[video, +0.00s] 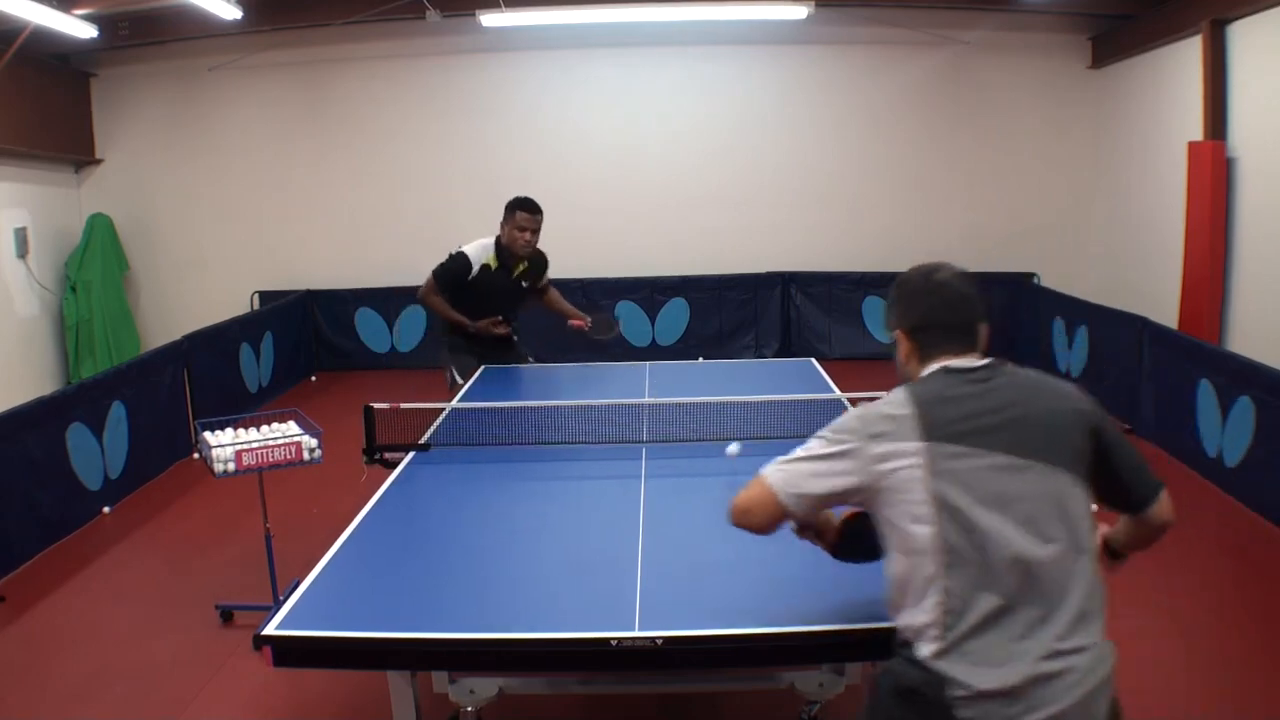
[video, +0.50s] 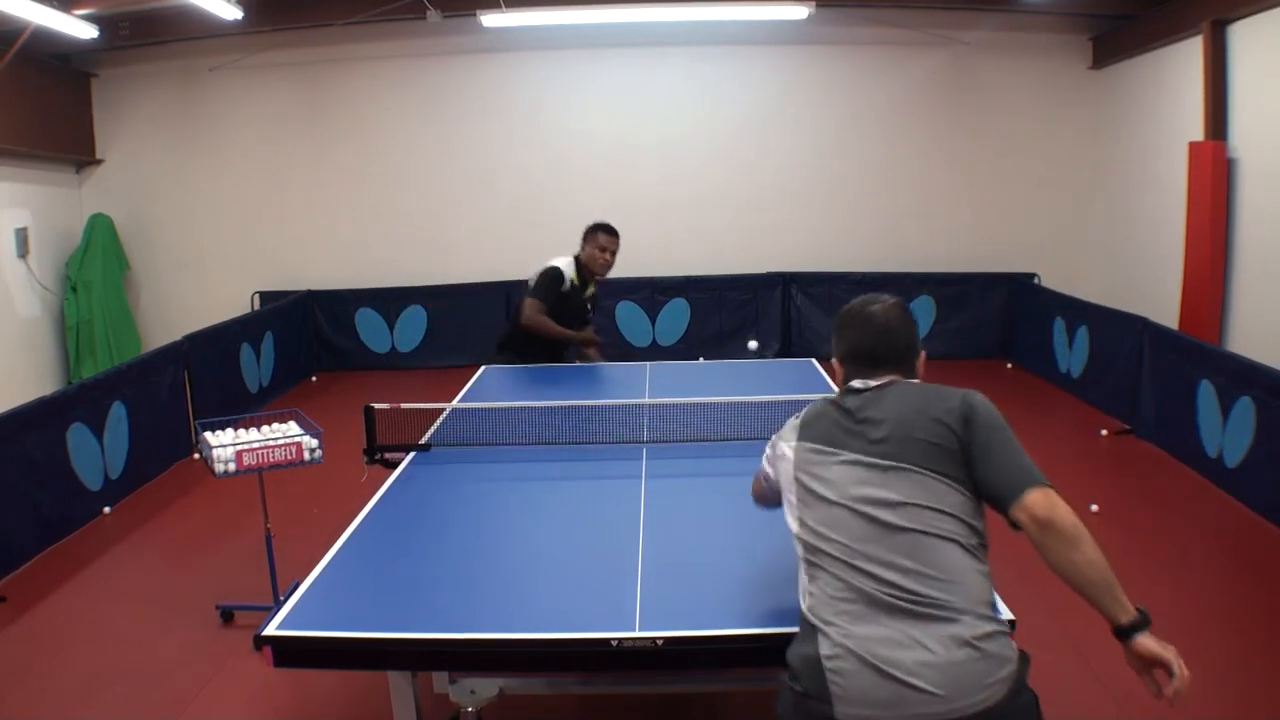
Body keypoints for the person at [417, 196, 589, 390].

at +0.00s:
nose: (529, 238)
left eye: (535, 232)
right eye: (521, 230)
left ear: (540, 233)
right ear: (503, 228)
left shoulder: (537, 262)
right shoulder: (470, 258)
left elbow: (543, 290)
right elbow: (427, 295)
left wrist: (576, 315)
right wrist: (472, 326)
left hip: (504, 339)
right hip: (463, 342)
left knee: (534, 386)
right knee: (476, 402)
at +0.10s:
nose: (544, 237)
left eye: (550, 230)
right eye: (536, 229)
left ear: (556, 232)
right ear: (520, 229)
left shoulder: (558, 264)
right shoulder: (489, 257)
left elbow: (568, 297)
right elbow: (445, 291)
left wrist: (592, 321)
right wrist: (480, 325)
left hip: (532, 349)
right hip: (489, 350)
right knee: (490, 419)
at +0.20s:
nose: (560, 226)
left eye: (566, 220)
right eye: (553, 218)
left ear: (571, 222)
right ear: (536, 216)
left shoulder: (571, 255)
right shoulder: (503, 246)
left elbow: (577, 292)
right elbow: (460, 280)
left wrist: (601, 320)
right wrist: (498, 312)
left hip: (544, 339)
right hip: (500, 339)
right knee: (499, 408)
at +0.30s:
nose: (573, 223)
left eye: (579, 217)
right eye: (566, 214)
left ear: (584, 219)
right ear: (549, 212)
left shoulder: (577, 254)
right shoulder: (513, 242)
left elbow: (579, 294)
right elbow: (474, 279)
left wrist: (608, 324)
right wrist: (518, 307)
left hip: (545, 336)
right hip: (502, 336)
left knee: (587, 380)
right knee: (501, 400)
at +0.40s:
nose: (588, 237)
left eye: (593, 231)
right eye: (582, 228)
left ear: (597, 234)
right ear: (564, 226)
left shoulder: (582, 272)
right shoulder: (529, 254)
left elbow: (581, 314)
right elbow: (496, 296)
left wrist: (619, 345)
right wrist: (542, 317)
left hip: (548, 351)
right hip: (507, 352)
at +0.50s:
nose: (607, 258)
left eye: (613, 254)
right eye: (601, 250)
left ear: (616, 256)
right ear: (583, 247)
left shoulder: (591, 287)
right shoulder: (556, 272)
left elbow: (583, 338)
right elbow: (530, 317)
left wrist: (603, 370)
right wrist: (575, 337)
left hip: (554, 362)